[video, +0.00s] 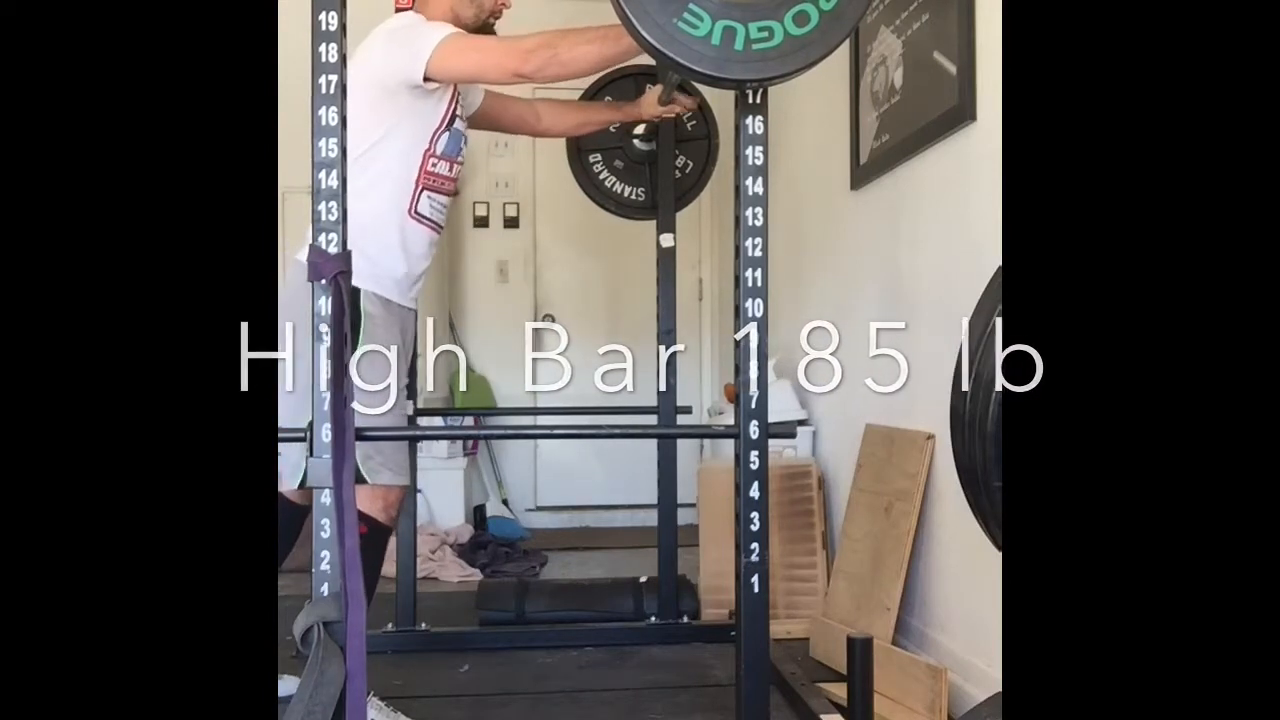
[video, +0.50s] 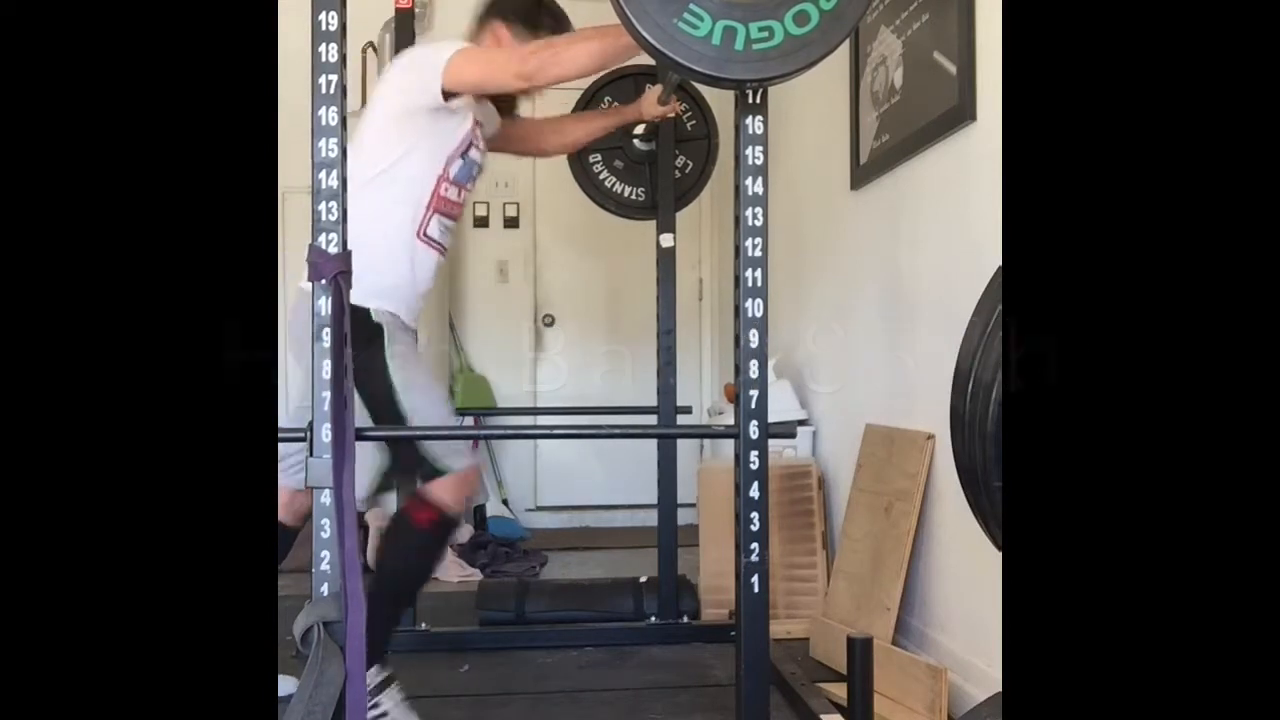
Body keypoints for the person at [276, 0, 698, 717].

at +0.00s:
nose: (503, 8)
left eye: (502, 1)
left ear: (434, 4)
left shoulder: (440, 76)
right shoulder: (400, 41)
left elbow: (534, 117)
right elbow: (533, 61)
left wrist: (636, 110)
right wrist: (657, 29)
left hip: (376, 301)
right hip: (352, 297)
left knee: (304, 482)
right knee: (379, 488)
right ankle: (327, 684)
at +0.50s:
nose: (534, 72)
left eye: (543, 62)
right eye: (533, 58)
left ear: (505, 43)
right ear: (498, 34)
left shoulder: (472, 121)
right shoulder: (421, 68)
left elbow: (546, 136)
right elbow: (543, 66)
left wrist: (634, 114)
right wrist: (659, 28)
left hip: (378, 319)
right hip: (347, 311)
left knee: (297, 494)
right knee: (452, 478)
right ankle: (358, 667)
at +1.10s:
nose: (801, 138)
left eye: (811, 124)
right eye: (807, 117)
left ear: (779, 96)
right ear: (777, 90)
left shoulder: (701, 125)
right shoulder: (679, 90)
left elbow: (572, 162)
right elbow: (560, 102)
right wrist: (646, 49)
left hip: (577, 315)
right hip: (551, 311)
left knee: (580, 497)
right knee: (624, 493)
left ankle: (429, 576)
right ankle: (547, 689)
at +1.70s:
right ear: (722, 27)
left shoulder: (707, 105)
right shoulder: (682, 81)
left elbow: (585, 183)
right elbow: (593, 151)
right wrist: (665, 59)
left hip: (624, 308)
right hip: (625, 310)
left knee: (684, 484)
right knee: (722, 491)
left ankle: (629, 643)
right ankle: (660, 692)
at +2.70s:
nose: (762, 54)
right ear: (727, 40)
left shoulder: (704, 108)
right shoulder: (680, 83)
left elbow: (568, 157)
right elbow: (560, 103)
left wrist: (646, 189)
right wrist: (653, 43)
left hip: (635, 311)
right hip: (614, 311)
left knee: (671, 485)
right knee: (709, 494)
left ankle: (626, 650)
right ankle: (650, 696)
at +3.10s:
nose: (759, 48)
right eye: (752, 35)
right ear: (723, 28)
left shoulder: (698, 102)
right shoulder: (681, 77)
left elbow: (576, 168)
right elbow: (567, 116)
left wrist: (671, 180)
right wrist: (654, 44)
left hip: (630, 308)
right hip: (617, 309)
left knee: (674, 484)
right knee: (711, 491)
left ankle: (627, 651)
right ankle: (651, 694)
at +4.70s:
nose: (766, 50)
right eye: (759, 36)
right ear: (729, 30)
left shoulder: (700, 99)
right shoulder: (687, 77)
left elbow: (572, 163)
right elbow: (571, 122)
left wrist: (660, 190)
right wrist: (655, 42)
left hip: (626, 309)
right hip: (621, 312)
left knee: (672, 493)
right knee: (712, 498)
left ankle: (628, 655)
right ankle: (650, 695)